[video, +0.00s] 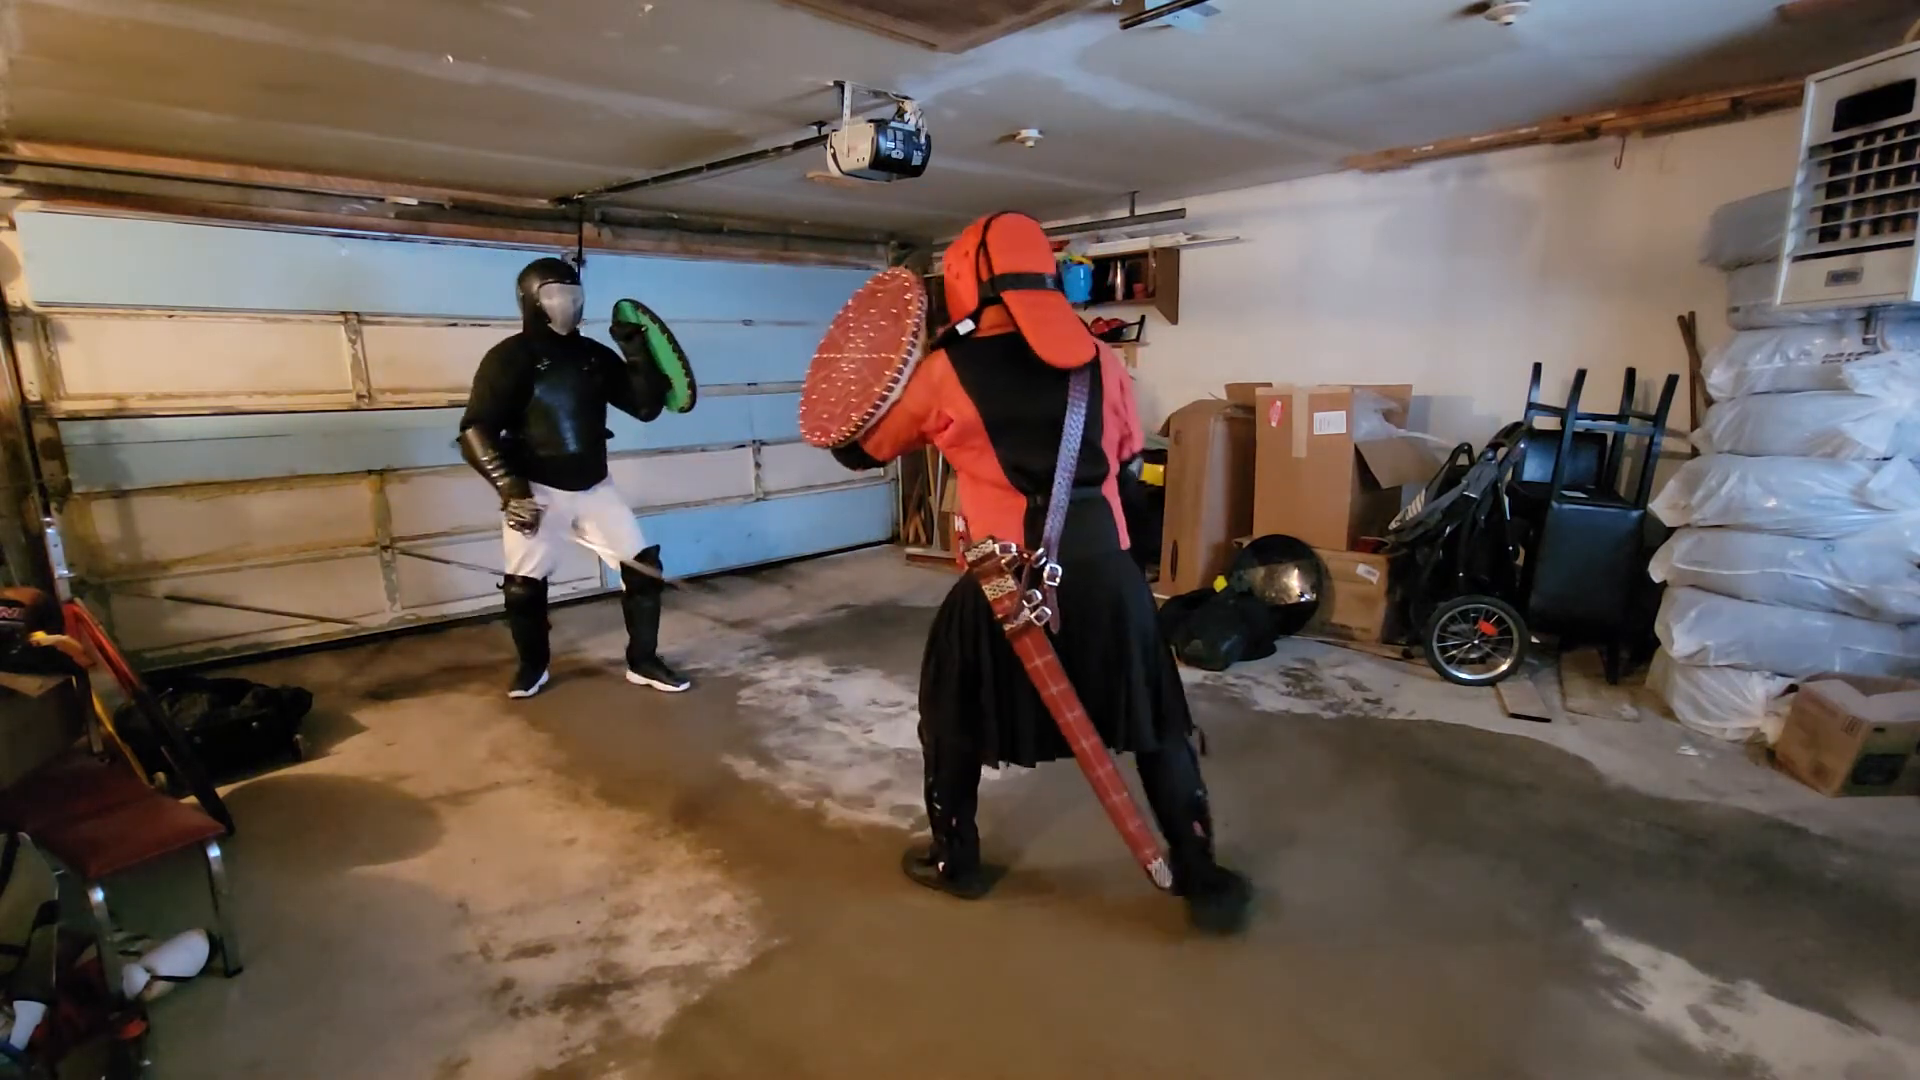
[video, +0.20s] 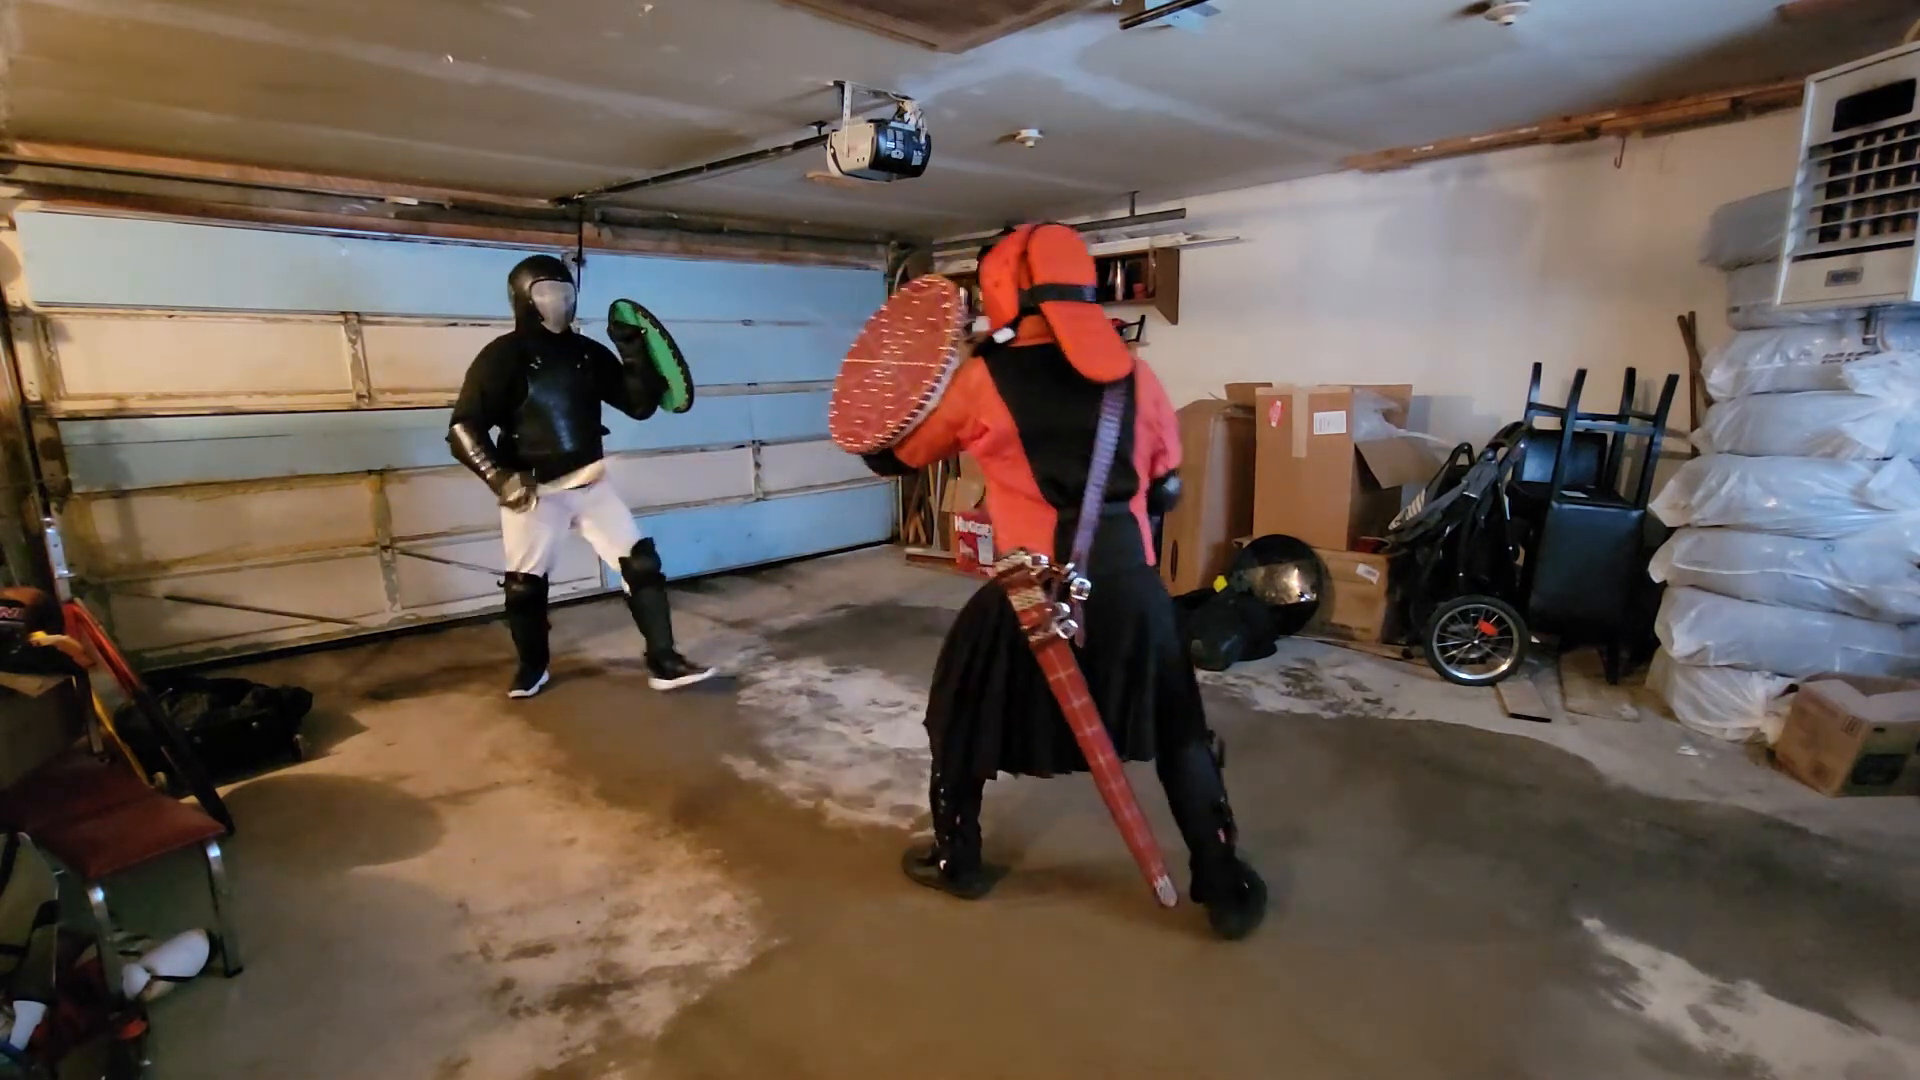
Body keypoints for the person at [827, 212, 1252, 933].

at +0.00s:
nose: (946, 291)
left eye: (951, 280)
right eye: (952, 280)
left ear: (967, 285)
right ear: (1045, 279)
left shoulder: (948, 371)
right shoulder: (1098, 359)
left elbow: (866, 447)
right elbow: (1124, 446)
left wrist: (866, 364)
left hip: (1004, 572)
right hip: (1105, 564)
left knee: (951, 697)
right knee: (1156, 711)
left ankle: (955, 854)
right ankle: (1198, 871)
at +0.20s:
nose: (983, 304)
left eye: (987, 292)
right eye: (986, 291)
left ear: (1008, 297)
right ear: (1084, 292)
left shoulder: (984, 379)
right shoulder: (1136, 376)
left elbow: (906, 452)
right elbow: (1164, 491)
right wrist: (1127, 558)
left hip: (1028, 585)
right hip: (1131, 583)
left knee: (960, 709)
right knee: (1178, 725)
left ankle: (957, 855)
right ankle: (1223, 884)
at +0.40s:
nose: (1024, 293)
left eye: (1031, 281)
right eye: (1026, 280)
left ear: (1051, 285)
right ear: (1122, 283)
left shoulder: (1019, 368)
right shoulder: (1176, 371)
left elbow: (941, 441)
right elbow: (1202, 490)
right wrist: (1144, 529)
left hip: (1054, 585)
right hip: (1159, 585)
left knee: (980, 699)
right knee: (1193, 728)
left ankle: (961, 845)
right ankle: (1233, 887)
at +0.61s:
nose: (1033, 295)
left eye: (1038, 284)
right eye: (1035, 283)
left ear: (1055, 287)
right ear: (1130, 287)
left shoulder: (1024, 371)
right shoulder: (1182, 378)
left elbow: (947, 447)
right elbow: (1209, 498)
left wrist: (944, 368)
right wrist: (1152, 527)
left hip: (1056, 588)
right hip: (1160, 589)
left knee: (983, 703)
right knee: (1196, 731)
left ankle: (969, 849)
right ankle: (1231, 886)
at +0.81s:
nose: (1035, 293)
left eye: (1041, 281)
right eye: (1038, 281)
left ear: (1059, 286)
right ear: (1132, 286)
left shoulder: (1024, 367)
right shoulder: (1182, 373)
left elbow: (947, 443)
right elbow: (1217, 490)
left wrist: (942, 367)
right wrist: (1152, 519)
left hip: (1055, 580)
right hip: (1160, 582)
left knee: (987, 701)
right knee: (1208, 725)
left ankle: (969, 849)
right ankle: (1236, 879)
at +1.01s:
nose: (1045, 292)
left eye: (1051, 281)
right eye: (1048, 280)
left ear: (1068, 286)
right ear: (1141, 286)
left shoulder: (1032, 369)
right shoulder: (1190, 373)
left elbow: (956, 449)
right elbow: (1226, 492)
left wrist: (934, 391)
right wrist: (1170, 517)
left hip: (1057, 578)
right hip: (1164, 580)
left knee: (985, 694)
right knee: (1207, 726)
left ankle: (974, 834)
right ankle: (1236, 890)